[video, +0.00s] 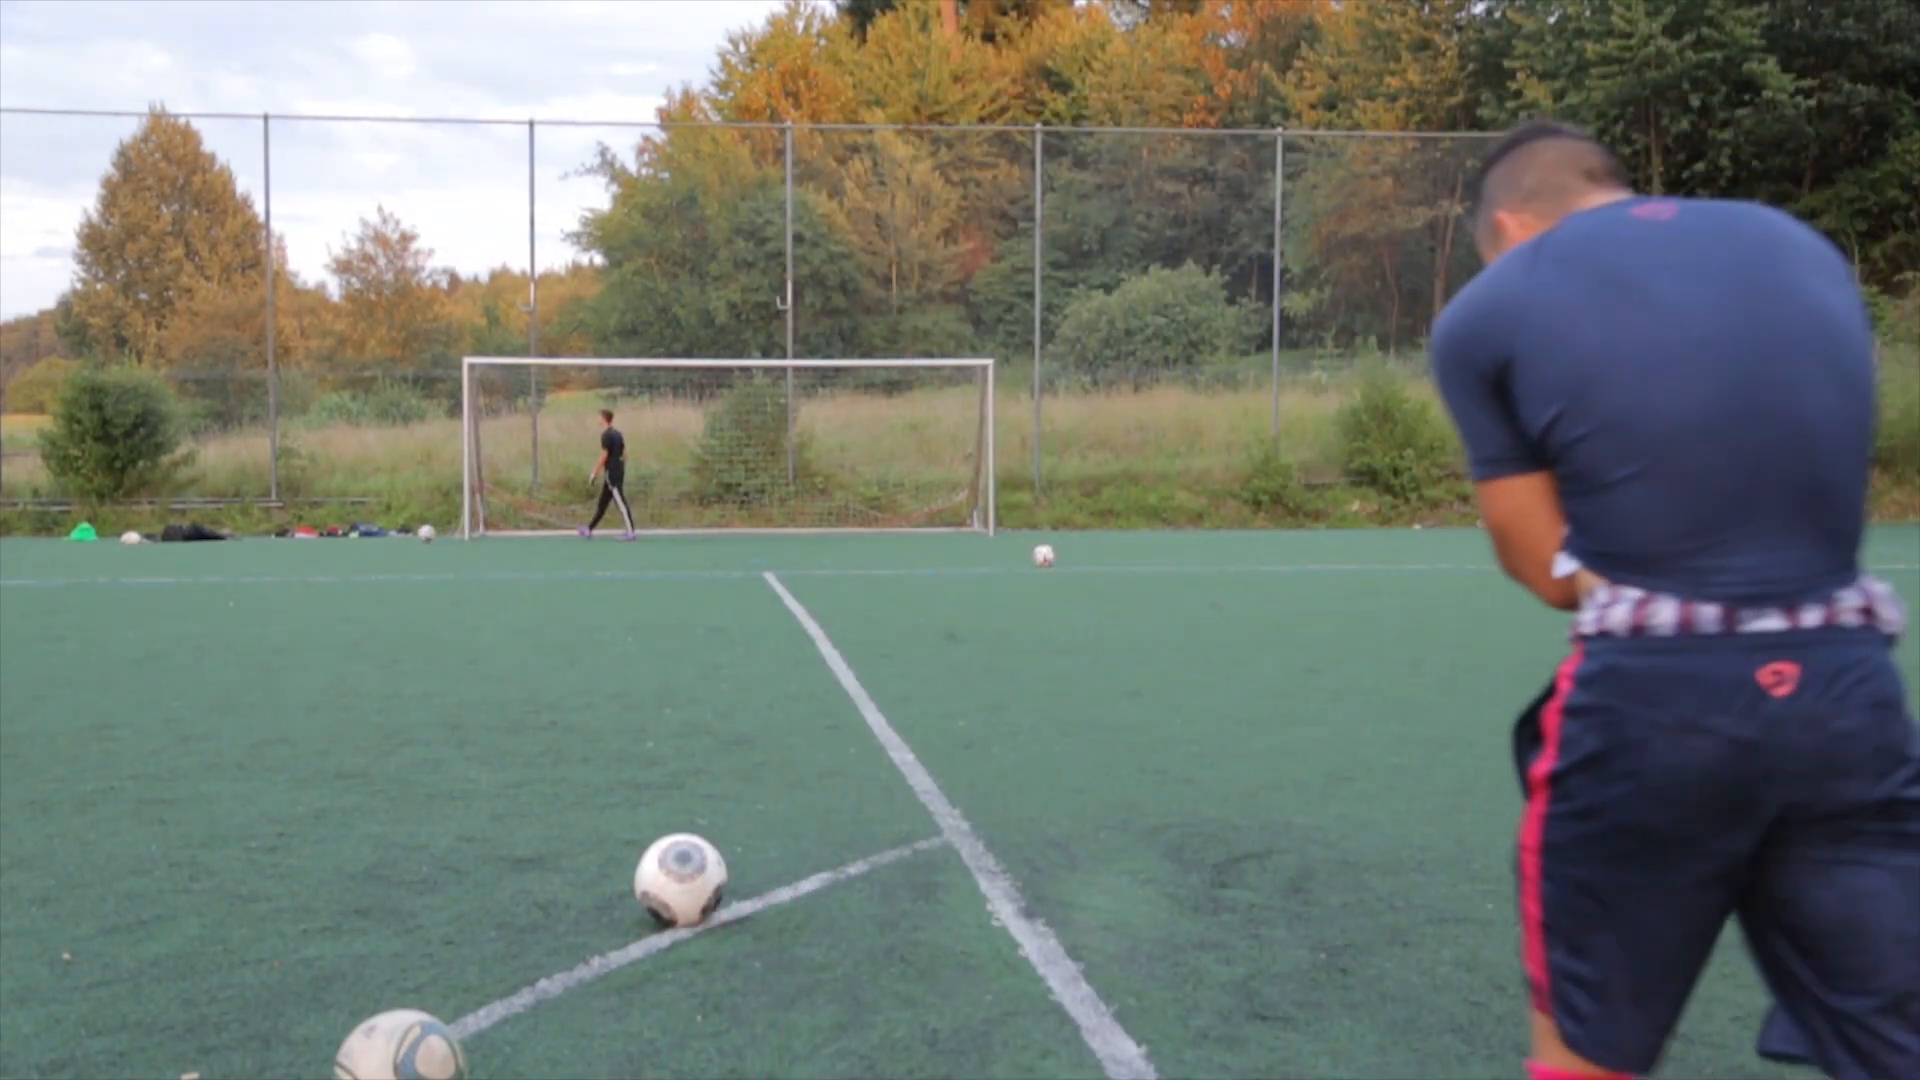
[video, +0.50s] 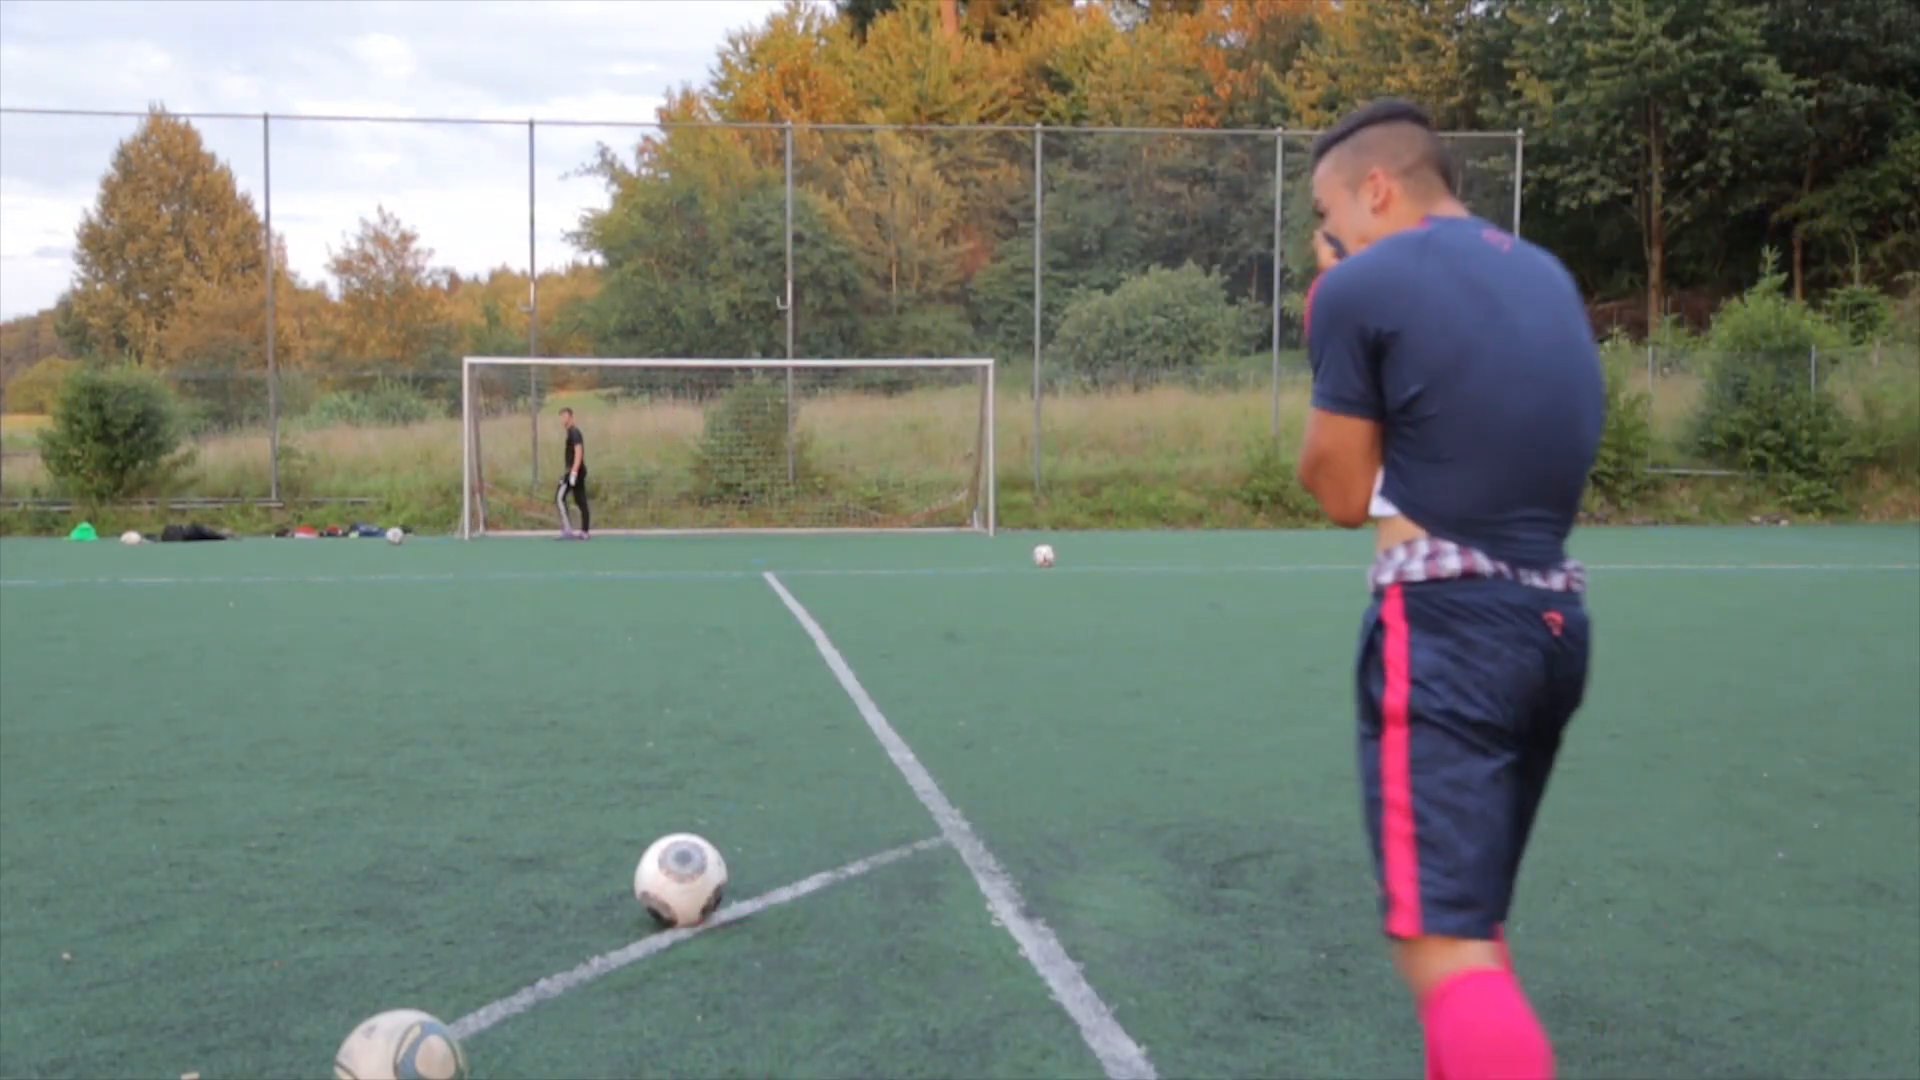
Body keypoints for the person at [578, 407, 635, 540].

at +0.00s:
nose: (599, 421)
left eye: (601, 418)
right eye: (600, 418)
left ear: (604, 419)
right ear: (611, 419)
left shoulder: (606, 435)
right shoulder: (617, 434)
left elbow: (604, 455)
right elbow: (623, 455)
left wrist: (594, 472)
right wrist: (618, 467)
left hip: (611, 469)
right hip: (618, 467)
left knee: (619, 500)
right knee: (604, 501)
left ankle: (630, 531)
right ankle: (589, 528)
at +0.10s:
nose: (591, 423)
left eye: (593, 420)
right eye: (591, 419)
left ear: (598, 420)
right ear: (601, 421)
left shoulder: (601, 435)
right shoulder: (608, 435)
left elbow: (598, 457)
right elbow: (613, 455)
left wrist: (591, 474)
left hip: (604, 471)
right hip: (607, 469)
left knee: (612, 501)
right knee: (594, 501)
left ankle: (629, 530)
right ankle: (586, 530)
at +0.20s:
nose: (583, 421)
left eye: (584, 418)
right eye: (583, 418)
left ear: (592, 418)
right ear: (592, 419)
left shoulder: (594, 435)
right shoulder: (596, 434)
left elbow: (592, 457)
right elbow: (595, 458)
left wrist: (587, 475)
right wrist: (590, 474)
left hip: (596, 475)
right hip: (596, 474)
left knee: (599, 501)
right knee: (588, 501)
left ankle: (623, 527)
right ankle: (585, 531)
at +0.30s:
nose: (577, 420)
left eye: (578, 417)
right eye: (576, 417)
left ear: (585, 417)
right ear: (583, 418)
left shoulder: (587, 434)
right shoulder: (587, 433)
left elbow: (587, 457)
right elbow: (588, 457)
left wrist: (582, 475)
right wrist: (584, 473)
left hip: (589, 471)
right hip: (590, 470)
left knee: (583, 501)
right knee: (586, 501)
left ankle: (608, 520)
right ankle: (585, 531)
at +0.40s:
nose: (569, 420)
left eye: (571, 417)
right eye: (569, 417)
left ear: (577, 416)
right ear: (573, 418)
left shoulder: (581, 432)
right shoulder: (579, 432)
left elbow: (582, 455)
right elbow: (581, 455)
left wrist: (577, 474)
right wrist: (576, 473)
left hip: (583, 470)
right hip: (582, 470)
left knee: (570, 498)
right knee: (584, 498)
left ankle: (590, 523)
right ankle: (585, 528)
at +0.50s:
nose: (562, 420)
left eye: (564, 417)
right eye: (561, 417)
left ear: (570, 417)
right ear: (564, 418)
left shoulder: (574, 433)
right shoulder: (571, 432)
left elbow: (578, 454)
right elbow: (574, 454)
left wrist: (573, 472)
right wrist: (568, 471)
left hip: (574, 470)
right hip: (576, 470)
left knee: (560, 497)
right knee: (581, 501)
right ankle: (585, 530)